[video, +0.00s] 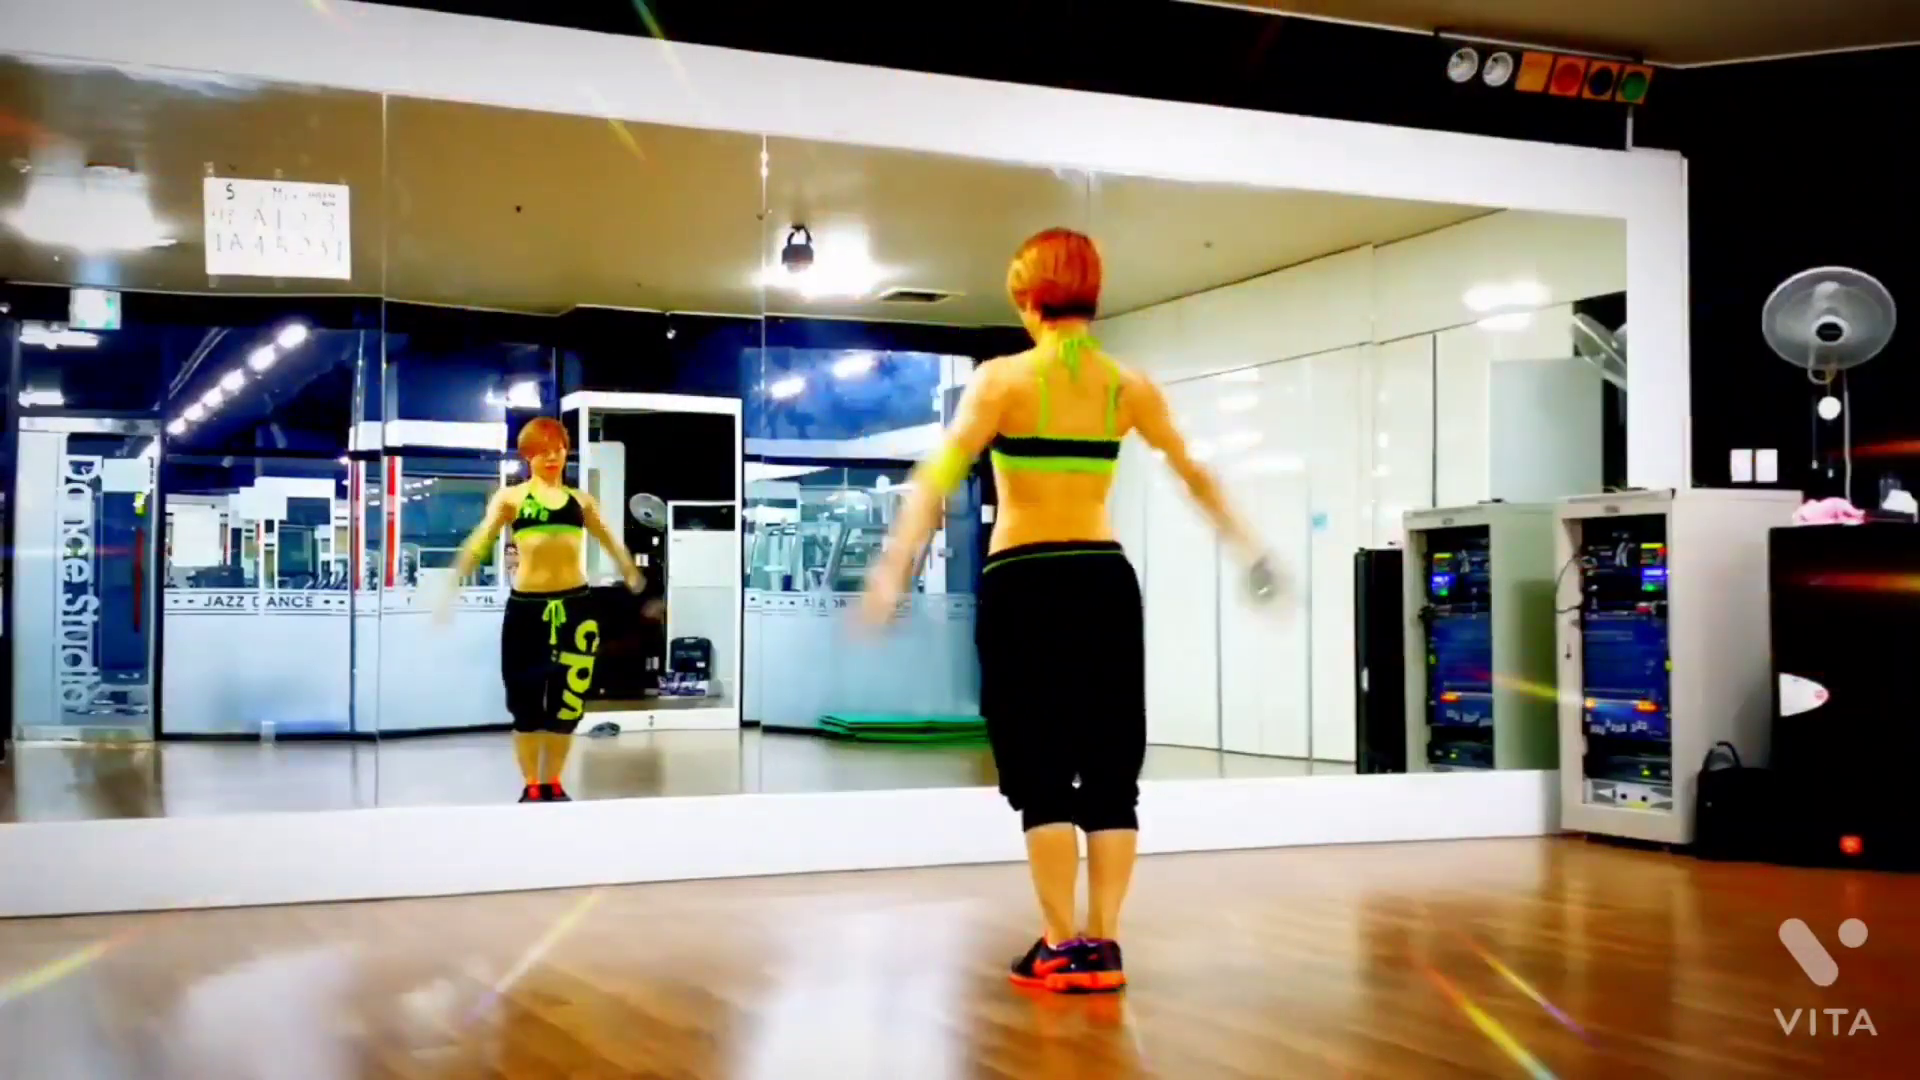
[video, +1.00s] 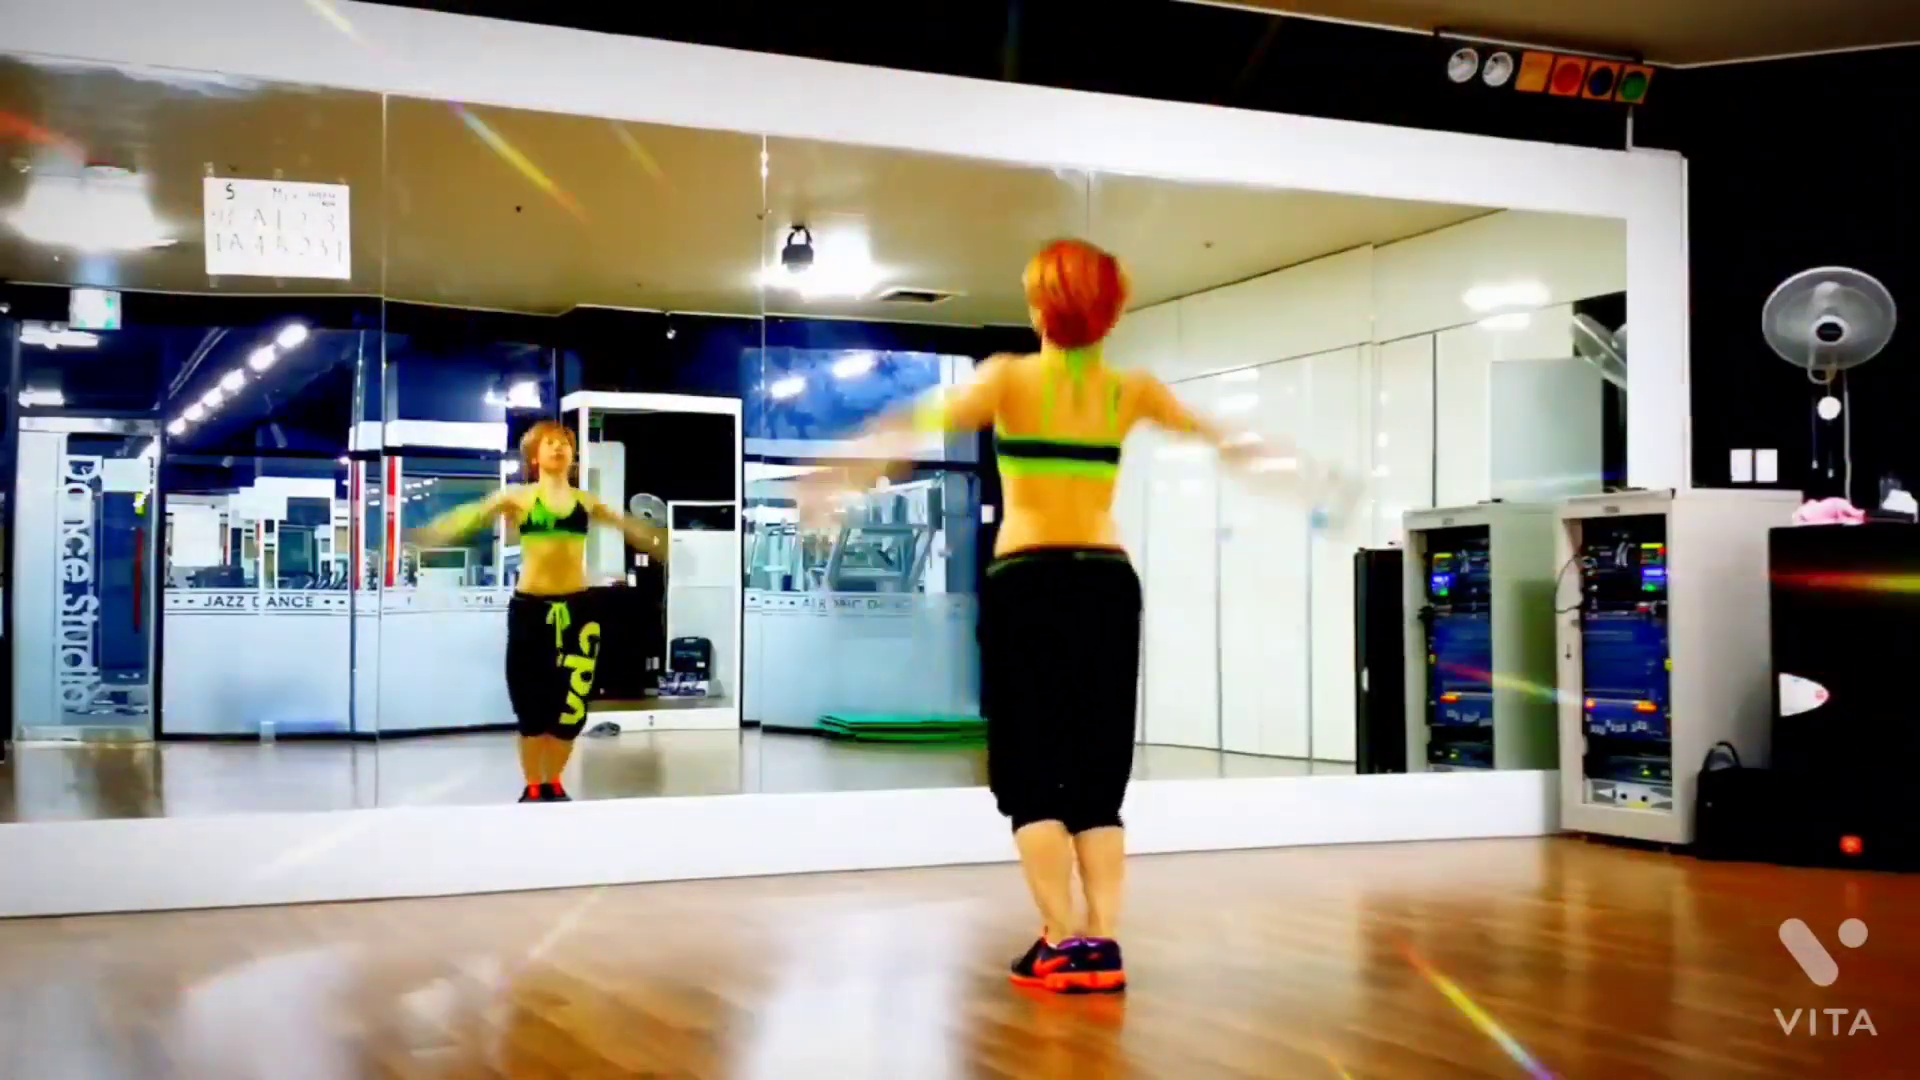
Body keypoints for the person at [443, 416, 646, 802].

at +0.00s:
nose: (553, 458)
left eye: (558, 450)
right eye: (544, 451)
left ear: (566, 453)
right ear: (529, 457)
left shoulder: (581, 501)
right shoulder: (510, 498)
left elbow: (609, 540)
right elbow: (479, 542)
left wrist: (630, 570)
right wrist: (457, 579)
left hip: (575, 605)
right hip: (527, 607)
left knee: (568, 699)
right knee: (527, 701)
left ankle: (552, 782)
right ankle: (532, 784)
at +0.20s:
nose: (553, 467)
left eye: (558, 459)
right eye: (544, 461)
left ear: (566, 458)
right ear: (529, 461)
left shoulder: (581, 494)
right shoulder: (515, 493)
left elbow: (599, 536)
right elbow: (523, 542)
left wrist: (588, 519)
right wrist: (565, 574)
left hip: (573, 605)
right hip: (528, 605)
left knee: (568, 700)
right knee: (529, 702)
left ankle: (553, 782)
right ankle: (531, 784)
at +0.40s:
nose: (548, 456)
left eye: (554, 448)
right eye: (540, 448)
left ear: (564, 452)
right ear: (526, 454)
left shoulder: (577, 488)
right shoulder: (521, 493)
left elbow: (603, 455)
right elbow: (517, 485)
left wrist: (573, 452)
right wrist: (545, 466)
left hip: (575, 600)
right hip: (528, 602)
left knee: (570, 700)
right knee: (529, 702)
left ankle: (553, 781)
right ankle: (530, 784)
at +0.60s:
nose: (549, 463)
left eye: (556, 454)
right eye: (539, 456)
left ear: (566, 458)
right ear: (526, 465)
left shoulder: (579, 504)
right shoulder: (520, 506)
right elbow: (554, 517)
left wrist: (575, 473)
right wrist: (573, 465)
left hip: (573, 612)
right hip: (528, 614)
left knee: (568, 712)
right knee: (534, 709)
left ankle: (553, 781)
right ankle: (532, 785)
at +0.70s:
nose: (556, 477)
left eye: (560, 471)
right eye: (547, 472)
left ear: (570, 480)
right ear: (535, 484)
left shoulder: (580, 524)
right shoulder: (520, 526)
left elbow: (583, 552)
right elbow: (548, 549)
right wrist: (558, 511)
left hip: (570, 626)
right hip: (527, 628)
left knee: (569, 717)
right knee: (537, 714)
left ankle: (553, 782)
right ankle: (532, 786)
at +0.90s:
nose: (558, 466)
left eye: (564, 460)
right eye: (549, 460)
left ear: (574, 470)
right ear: (534, 472)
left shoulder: (588, 525)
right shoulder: (521, 520)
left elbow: (607, 580)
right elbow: (500, 568)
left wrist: (628, 627)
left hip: (575, 623)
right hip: (530, 622)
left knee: (572, 715)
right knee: (536, 712)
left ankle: (553, 782)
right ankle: (533, 786)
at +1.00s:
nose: (557, 448)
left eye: (563, 443)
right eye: (549, 442)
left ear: (573, 455)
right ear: (534, 455)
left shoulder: (584, 501)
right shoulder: (519, 497)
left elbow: (623, 523)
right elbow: (469, 518)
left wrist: (655, 540)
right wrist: (433, 534)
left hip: (576, 605)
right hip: (530, 606)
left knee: (571, 704)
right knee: (533, 703)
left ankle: (552, 781)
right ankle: (533, 786)